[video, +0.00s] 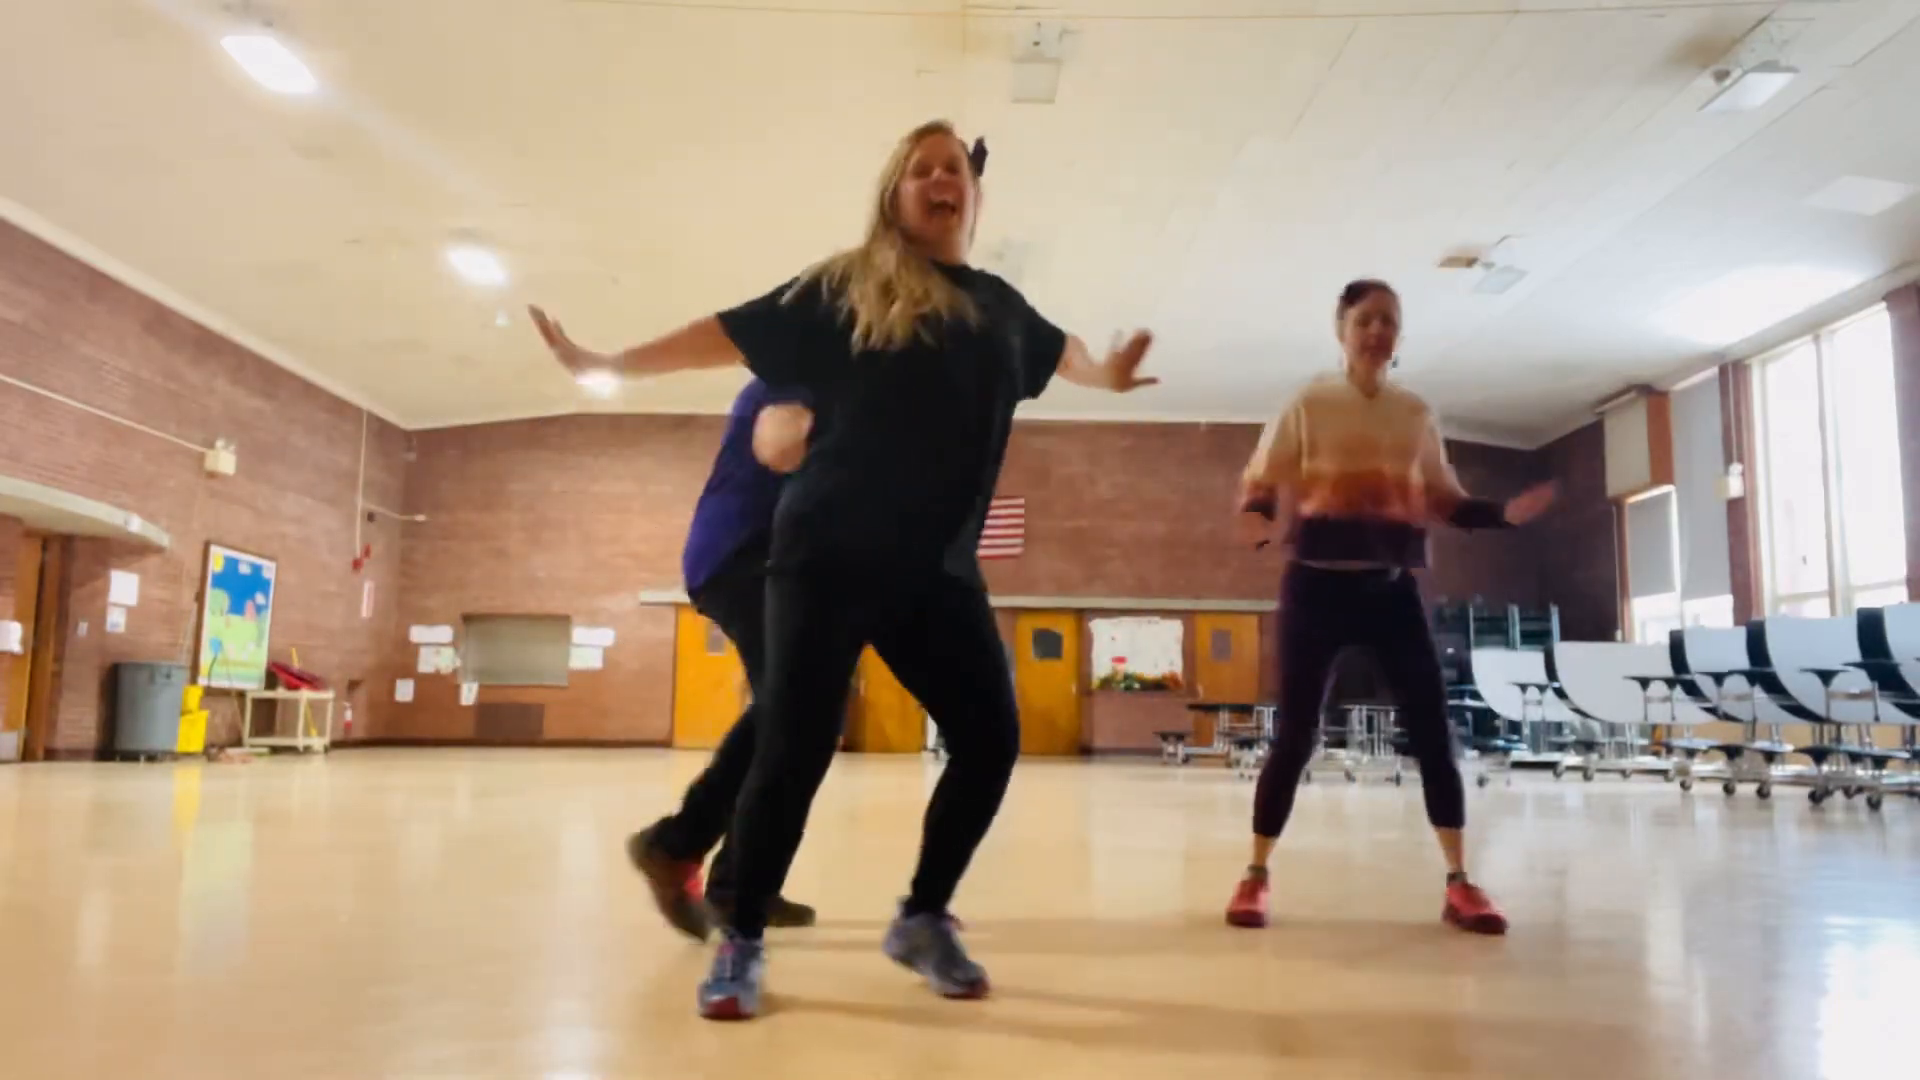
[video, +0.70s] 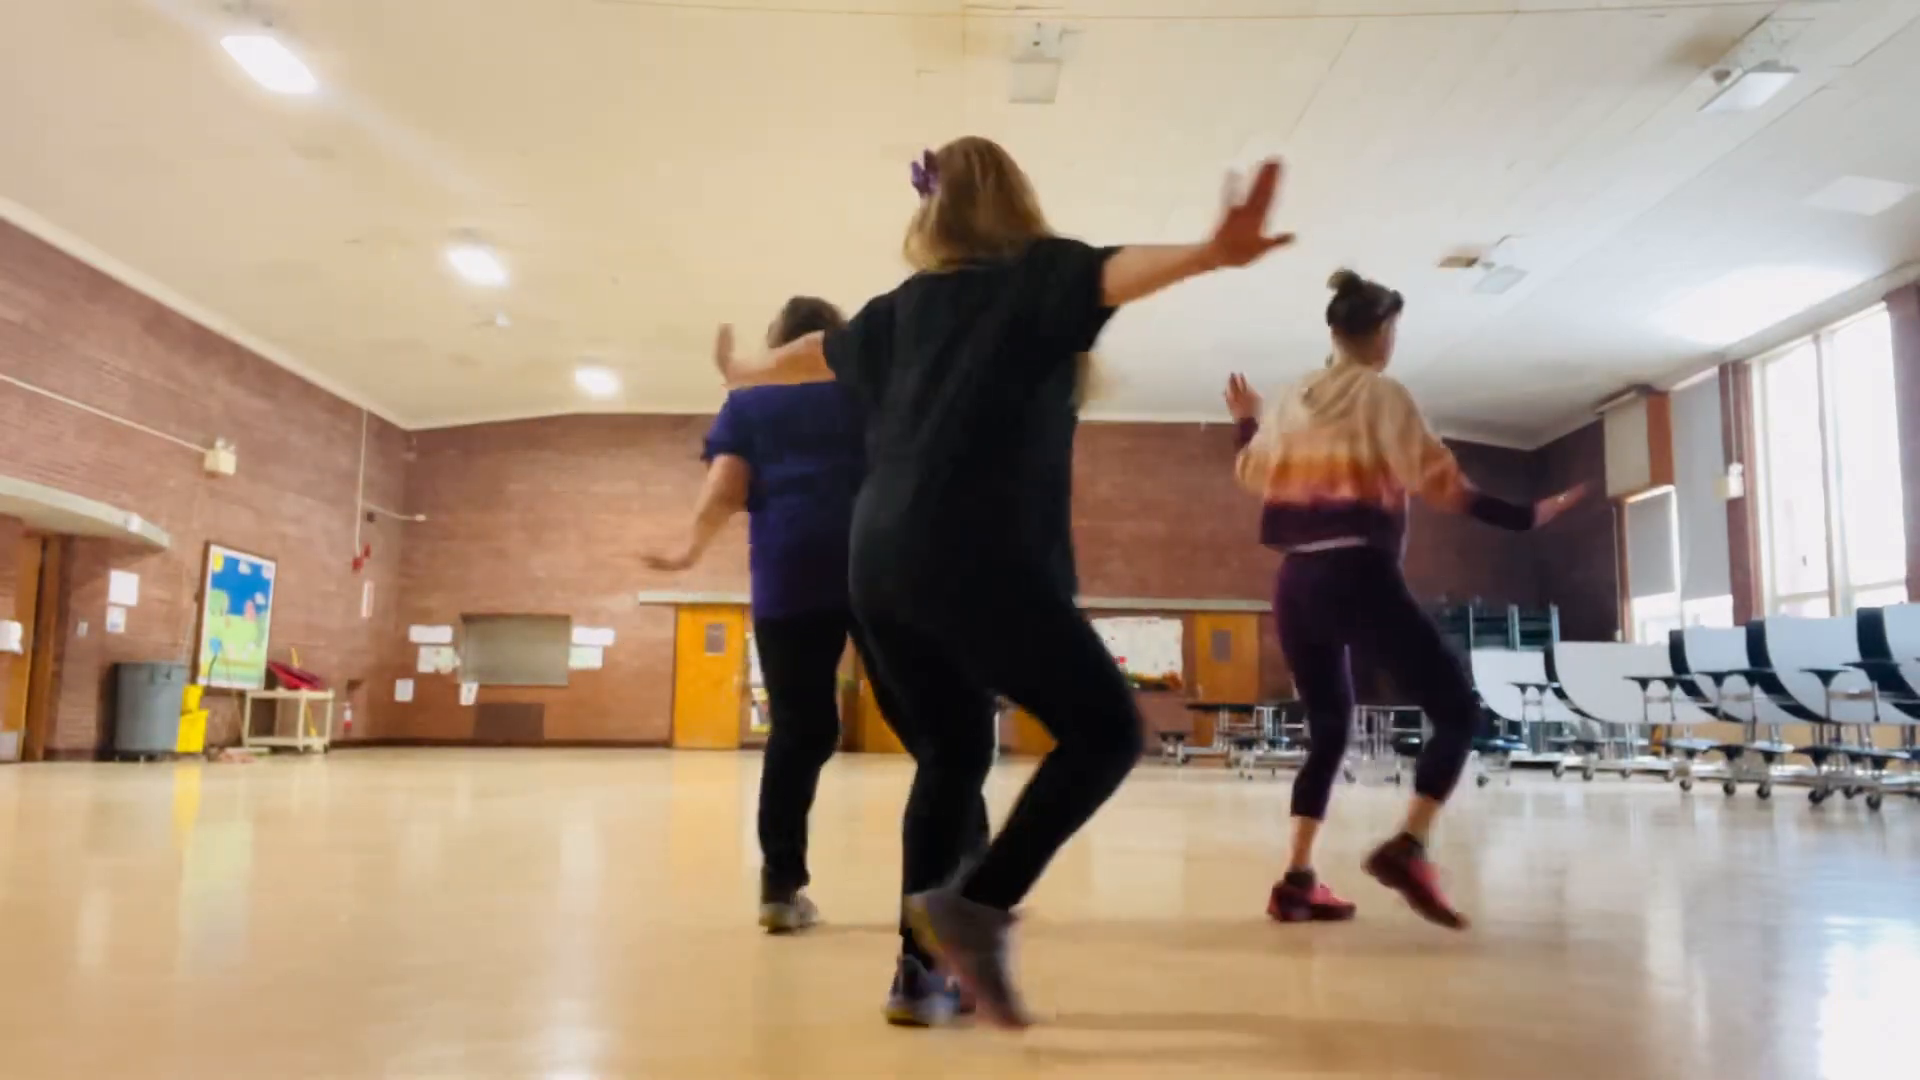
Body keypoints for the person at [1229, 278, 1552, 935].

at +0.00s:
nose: (1379, 332)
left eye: (1388, 322)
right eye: (1367, 321)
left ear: (1399, 334)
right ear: (1340, 329)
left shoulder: (1415, 416)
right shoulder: (1307, 408)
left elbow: (1449, 503)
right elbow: (1257, 486)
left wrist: (1504, 513)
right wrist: (1258, 513)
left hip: (1391, 588)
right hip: (1316, 586)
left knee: (1432, 731)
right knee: (1295, 736)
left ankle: (1459, 883)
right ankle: (1256, 876)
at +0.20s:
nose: (1379, 325)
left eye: (1381, 313)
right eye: (1366, 314)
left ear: (1377, 315)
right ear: (1328, 315)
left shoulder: (1373, 383)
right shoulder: (1298, 381)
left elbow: (1404, 454)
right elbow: (1260, 471)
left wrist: (1465, 439)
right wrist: (1300, 464)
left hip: (1360, 565)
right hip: (1302, 563)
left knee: (1395, 716)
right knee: (1299, 706)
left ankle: (1322, 846)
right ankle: (1248, 847)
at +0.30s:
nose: (1383, 336)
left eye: (1384, 323)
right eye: (1372, 322)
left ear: (1365, 325)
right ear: (1333, 323)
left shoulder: (1356, 397)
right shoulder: (1297, 396)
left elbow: (1370, 463)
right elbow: (1286, 495)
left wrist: (1418, 439)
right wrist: (1339, 518)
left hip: (1353, 577)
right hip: (1305, 575)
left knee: (1355, 725)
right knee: (1321, 695)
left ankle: (1292, 869)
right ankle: (1249, 833)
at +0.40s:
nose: (1392, 346)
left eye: (1391, 335)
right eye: (1381, 334)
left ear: (1365, 339)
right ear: (1342, 335)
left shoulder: (1356, 410)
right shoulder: (1314, 402)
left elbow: (1378, 508)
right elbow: (1294, 506)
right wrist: (1351, 554)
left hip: (1340, 591)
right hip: (1302, 590)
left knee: (1361, 733)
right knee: (1334, 725)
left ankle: (1296, 872)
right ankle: (1260, 873)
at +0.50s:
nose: (1393, 344)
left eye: (1393, 331)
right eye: (1386, 331)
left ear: (1346, 335)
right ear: (1353, 333)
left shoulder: (1310, 394)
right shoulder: (1342, 395)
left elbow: (1319, 498)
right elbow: (1355, 496)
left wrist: (1381, 556)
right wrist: (1411, 560)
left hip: (1302, 579)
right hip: (1329, 581)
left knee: (1344, 732)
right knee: (1347, 733)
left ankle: (1296, 872)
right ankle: (1266, 872)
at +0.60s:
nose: (1392, 345)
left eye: (1391, 333)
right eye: (1388, 332)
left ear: (1332, 334)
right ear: (1369, 332)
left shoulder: (1288, 404)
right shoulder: (1365, 402)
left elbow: (1263, 497)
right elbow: (1407, 505)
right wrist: (1478, 548)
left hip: (1289, 583)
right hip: (1345, 581)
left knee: (1332, 732)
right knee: (1416, 728)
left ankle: (1301, 883)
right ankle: (1323, 837)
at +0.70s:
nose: (1394, 340)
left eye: (1393, 328)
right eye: (1392, 328)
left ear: (1333, 331)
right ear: (1377, 330)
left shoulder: (1289, 400)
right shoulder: (1384, 396)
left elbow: (1251, 479)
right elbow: (1441, 486)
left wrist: (1245, 423)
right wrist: (1527, 515)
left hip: (1297, 582)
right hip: (1364, 578)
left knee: (1328, 729)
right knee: (1457, 712)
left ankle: (1296, 878)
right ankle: (1409, 846)